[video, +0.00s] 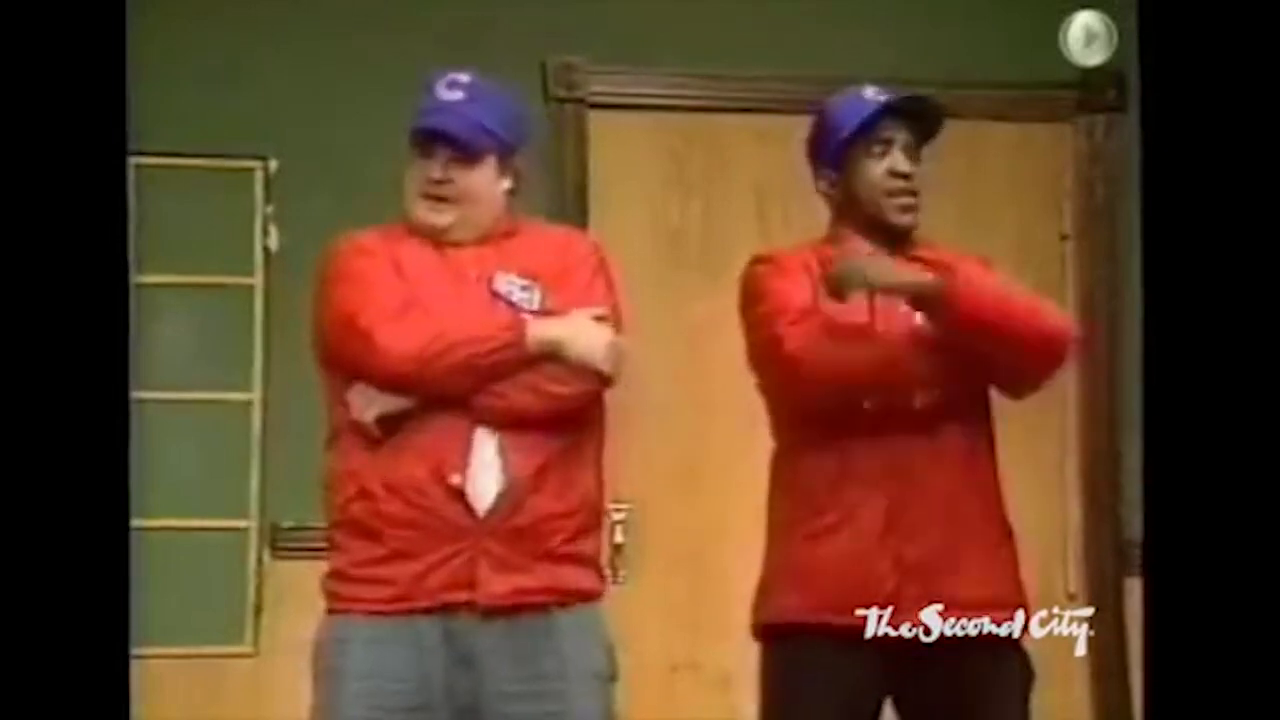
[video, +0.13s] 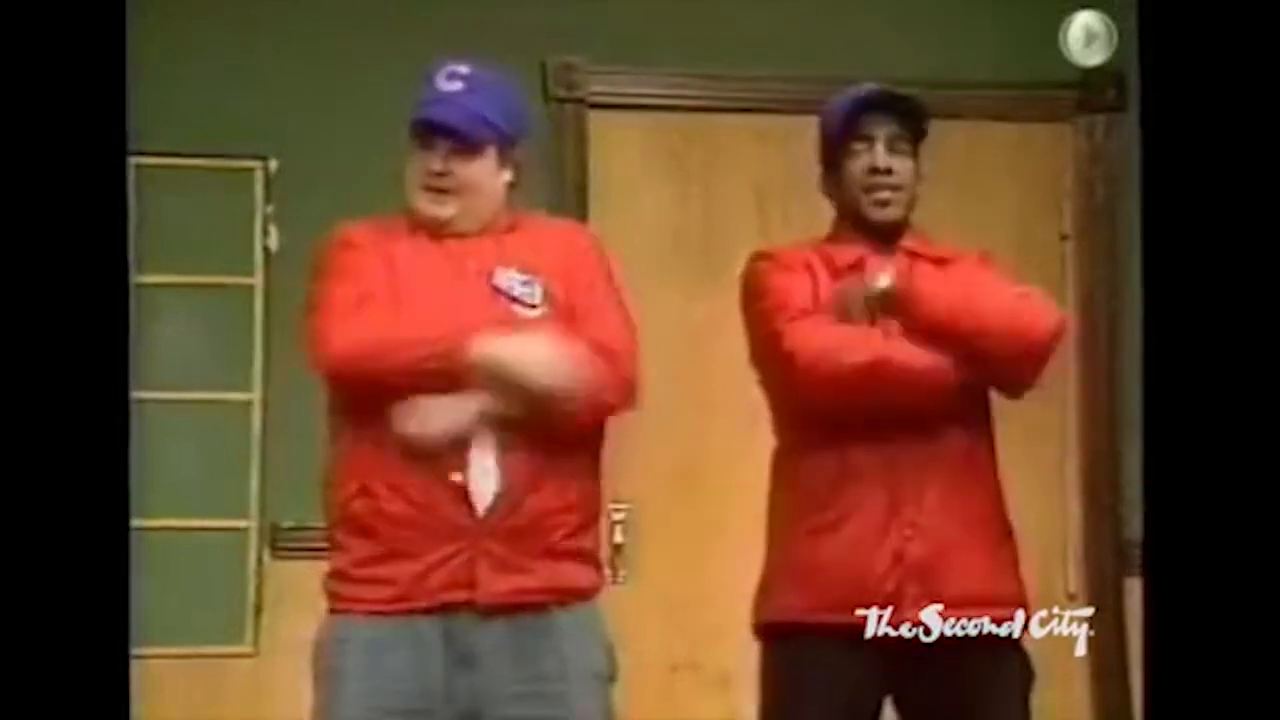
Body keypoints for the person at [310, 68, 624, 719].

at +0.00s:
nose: (436, 172)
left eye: (462, 157)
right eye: (425, 152)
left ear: (509, 174)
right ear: (407, 162)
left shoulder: (570, 256)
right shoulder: (364, 255)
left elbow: (573, 388)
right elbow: (383, 352)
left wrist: (426, 380)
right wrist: (543, 336)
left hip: (544, 609)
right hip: (384, 611)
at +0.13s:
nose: (437, 164)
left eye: (463, 149)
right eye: (425, 144)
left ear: (508, 166)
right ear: (407, 152)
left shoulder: (568, 249)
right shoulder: (362, 247)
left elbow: (611, 377)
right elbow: (341, 352)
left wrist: (480, 401)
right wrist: (485, 348)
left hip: (543, 612)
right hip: (384, 616)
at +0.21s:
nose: (437, 168)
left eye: (463, 153)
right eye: (426, 147)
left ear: (510, 165)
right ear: (410, 152)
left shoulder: (571, 257)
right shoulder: (357, 254)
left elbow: (634, 393)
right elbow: (286, 382)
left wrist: (572, 462)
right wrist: (359, 439)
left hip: (541, 617)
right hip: (383, 619)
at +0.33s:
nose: (443, 171)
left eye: (467, 155)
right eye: (428, 150)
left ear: (509, 165)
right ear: (407, 157)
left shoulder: (565, 262)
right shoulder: (357, 262)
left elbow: (625, 386)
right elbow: (266, 376)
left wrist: (643, 482)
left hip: (542, 608)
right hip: (385, 611)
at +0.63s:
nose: (408, 165)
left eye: (429, 146)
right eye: (391, 145)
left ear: (471, 155)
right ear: (369, 156)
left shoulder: (545, 265)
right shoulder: (316, 275)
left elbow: (627, 391)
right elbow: (240, 402)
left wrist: (615, 483)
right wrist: (252, 473)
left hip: (529, 624)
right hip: (365, 630)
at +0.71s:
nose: (393, 161)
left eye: (414, 140)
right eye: (375, 142)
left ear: (453, 150)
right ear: (354, 155)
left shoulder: (539, 264)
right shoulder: (302, 280)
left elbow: (598, 395)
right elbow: (252, 414)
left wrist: (558, 491)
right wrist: (316, 492)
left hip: (519, 621)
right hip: (356, 627)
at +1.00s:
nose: (364, 155)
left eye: (384, 135)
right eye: (342, 138)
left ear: (416, 148)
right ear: (313, 154)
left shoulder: (493, 252)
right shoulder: (268, 274)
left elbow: (546, 400)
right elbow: (234, 429)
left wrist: (464, 525)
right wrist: (332, 550)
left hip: (493, 612)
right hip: (325, 618)